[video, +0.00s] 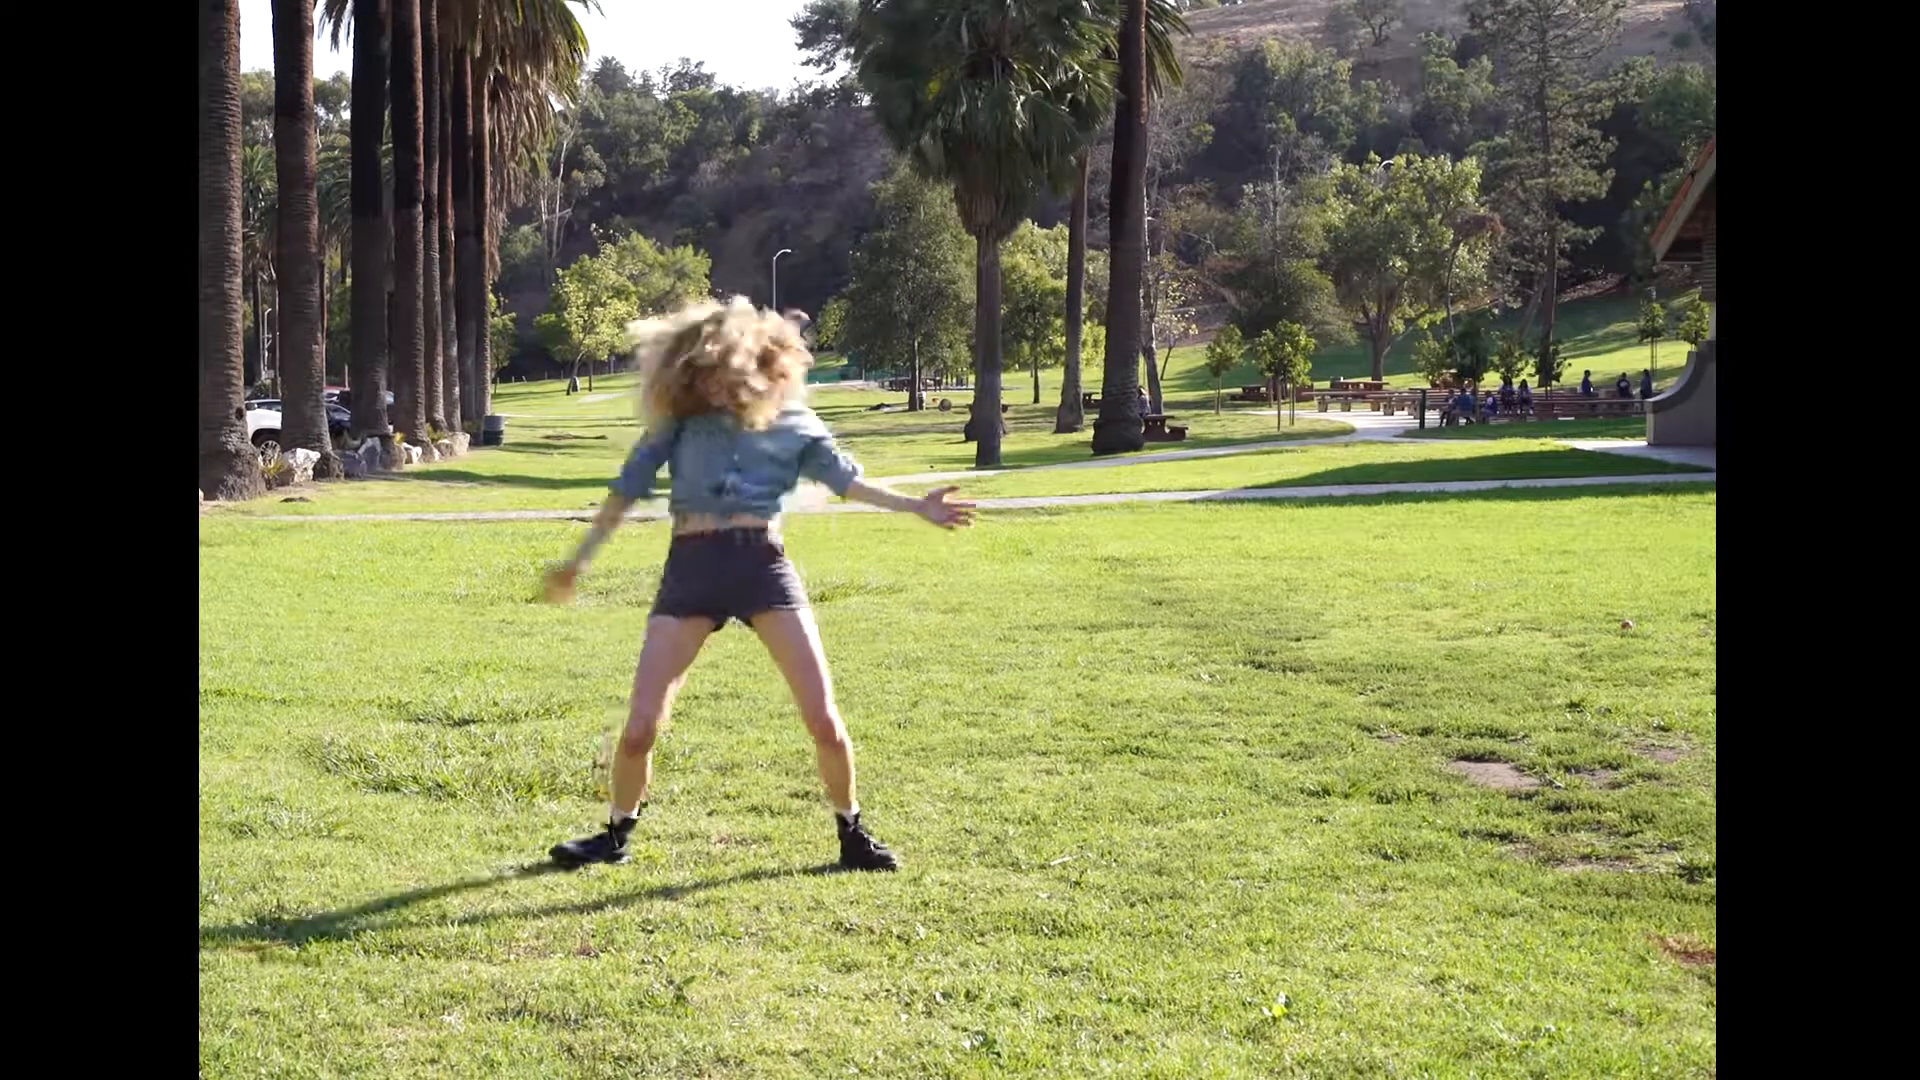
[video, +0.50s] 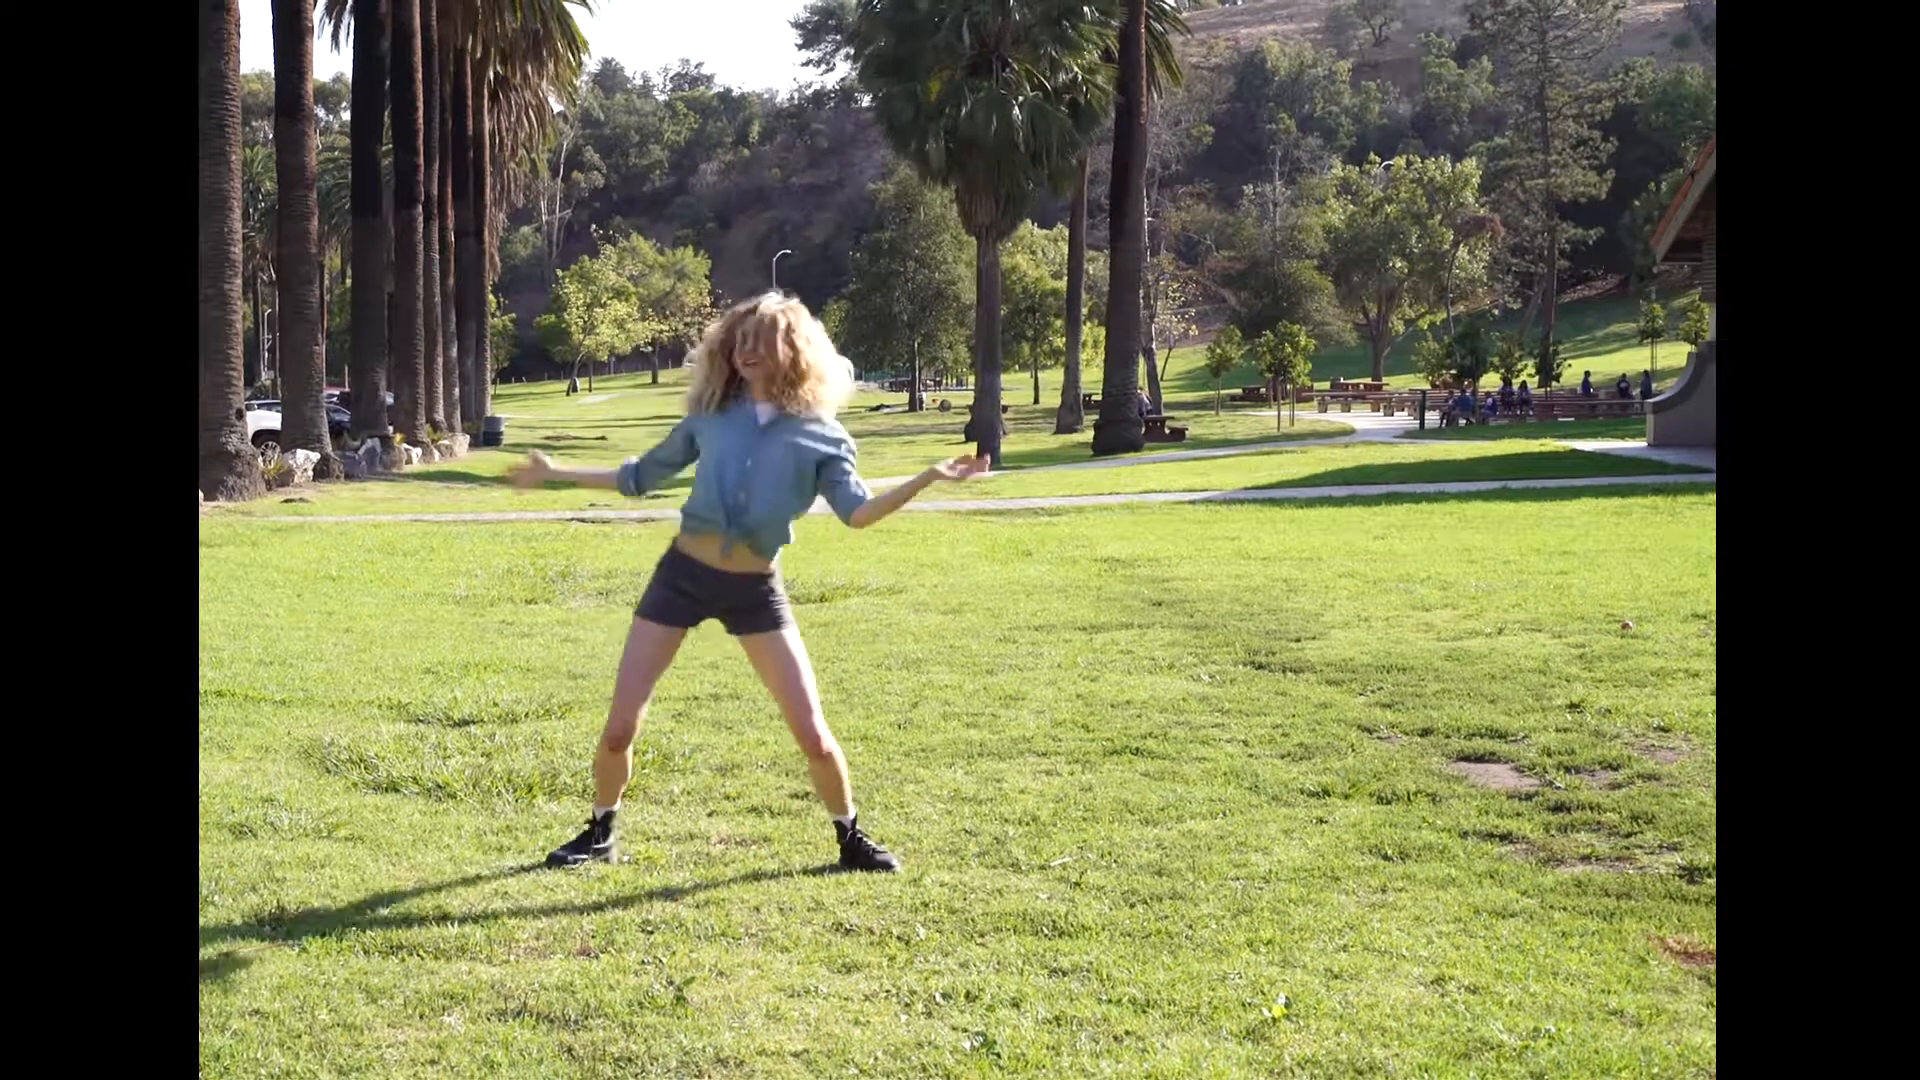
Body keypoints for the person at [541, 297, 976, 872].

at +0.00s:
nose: (718, 391)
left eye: (729, 378)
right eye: (706, 379)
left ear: (760, 373)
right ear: (692, 377)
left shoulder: (792, 426)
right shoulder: (681, 425)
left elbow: (851, 483)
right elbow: (624, 492)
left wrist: (918, 504)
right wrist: (578, 561)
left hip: (763, 566)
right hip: (690, 567)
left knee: (827, 725)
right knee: (638, 730)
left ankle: (852, 833)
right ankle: (617, 835)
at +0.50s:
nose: (748, 349)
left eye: (762, 338)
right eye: (741, 338)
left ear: (792, 349)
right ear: (730, 349)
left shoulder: (820, 434)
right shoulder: (709, 418)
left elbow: (859, 512)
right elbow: (636, 477)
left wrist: (932, 476)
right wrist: (554, 472)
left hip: (755, 589)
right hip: (682, 574)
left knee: (815, 739)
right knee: (618, 728)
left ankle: (851, 839)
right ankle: (600, 832)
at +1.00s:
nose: (802, 288)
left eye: (816, 273)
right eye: (791, 275)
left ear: (843, 276)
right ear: (775, 275)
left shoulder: (857, 339)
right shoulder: (746, 323)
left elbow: (793, 343)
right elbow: (706, 399)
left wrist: (759, 254)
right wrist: (661, 465)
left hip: (809, 520)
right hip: (737, 510)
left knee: (801, 698)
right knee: (743, 665)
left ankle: (776, 816)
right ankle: (757, 823)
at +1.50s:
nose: (812, 360)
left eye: (823, 344)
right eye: (798, 349)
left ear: (843, 347)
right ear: (777, 357)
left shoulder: (871, 416)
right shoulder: (779, 443)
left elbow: (959, 474)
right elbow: (734, 536)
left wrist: (1036, 537)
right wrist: (658, 603)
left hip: (840, 613)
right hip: (771, 613)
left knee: (800, 743)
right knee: (762, 793)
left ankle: (906, 879)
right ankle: (840, 908)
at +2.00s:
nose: (844, 320)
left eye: (857, 306)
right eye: (831, 306)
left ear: (875, 311)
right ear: (806, 310)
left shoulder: (888, 387)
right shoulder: (770, 384)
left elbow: (944, 422)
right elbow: (723, 442)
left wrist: (982, 349)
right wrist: (670, 506)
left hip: (861, 559)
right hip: (793, 581)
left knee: (852, 749)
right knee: (763, 790)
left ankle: (911, 948)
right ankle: (848, 906)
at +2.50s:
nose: (802, 302)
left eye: (817, 291)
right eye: (788, 293)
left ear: (844, 303)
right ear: (770, 311)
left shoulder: (830, 354)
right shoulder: (832, 374)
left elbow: (819, 409)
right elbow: (839, 444)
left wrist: (767, 472)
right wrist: (775, 446)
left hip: (900, 589)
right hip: (858, 601)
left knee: (829, 792)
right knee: (746, 779)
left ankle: (886, 984)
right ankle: (851, 948)